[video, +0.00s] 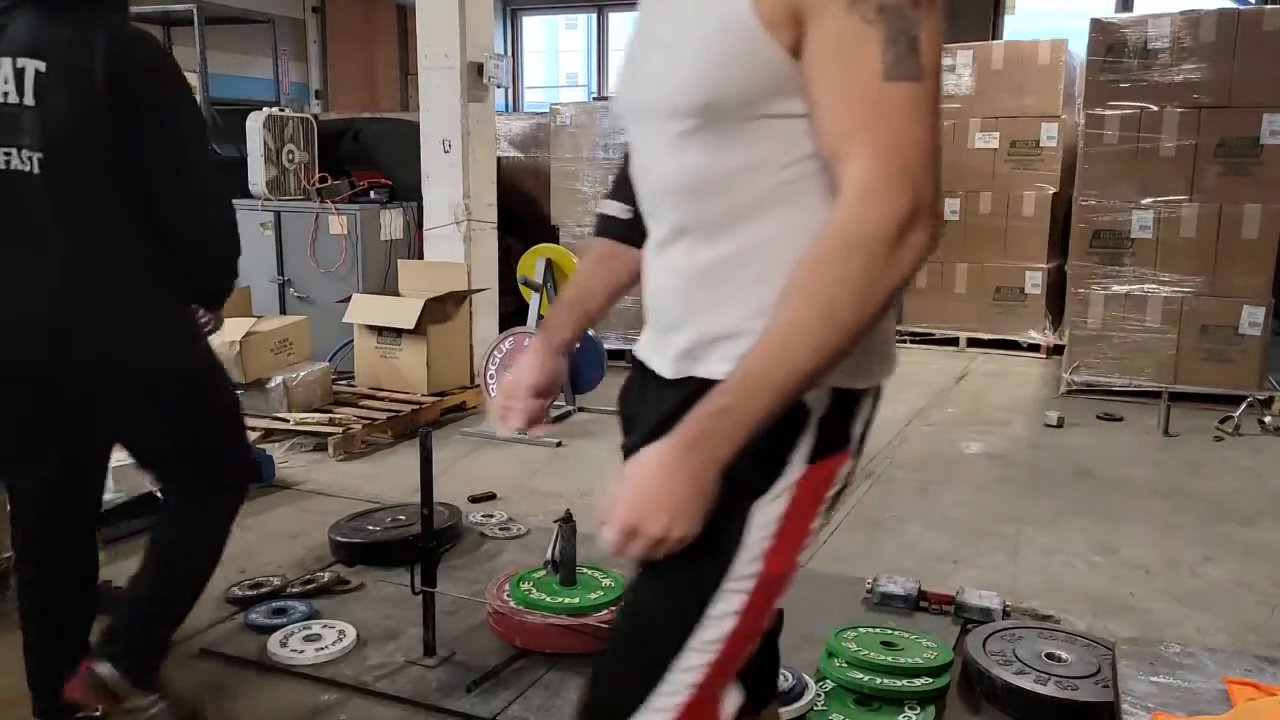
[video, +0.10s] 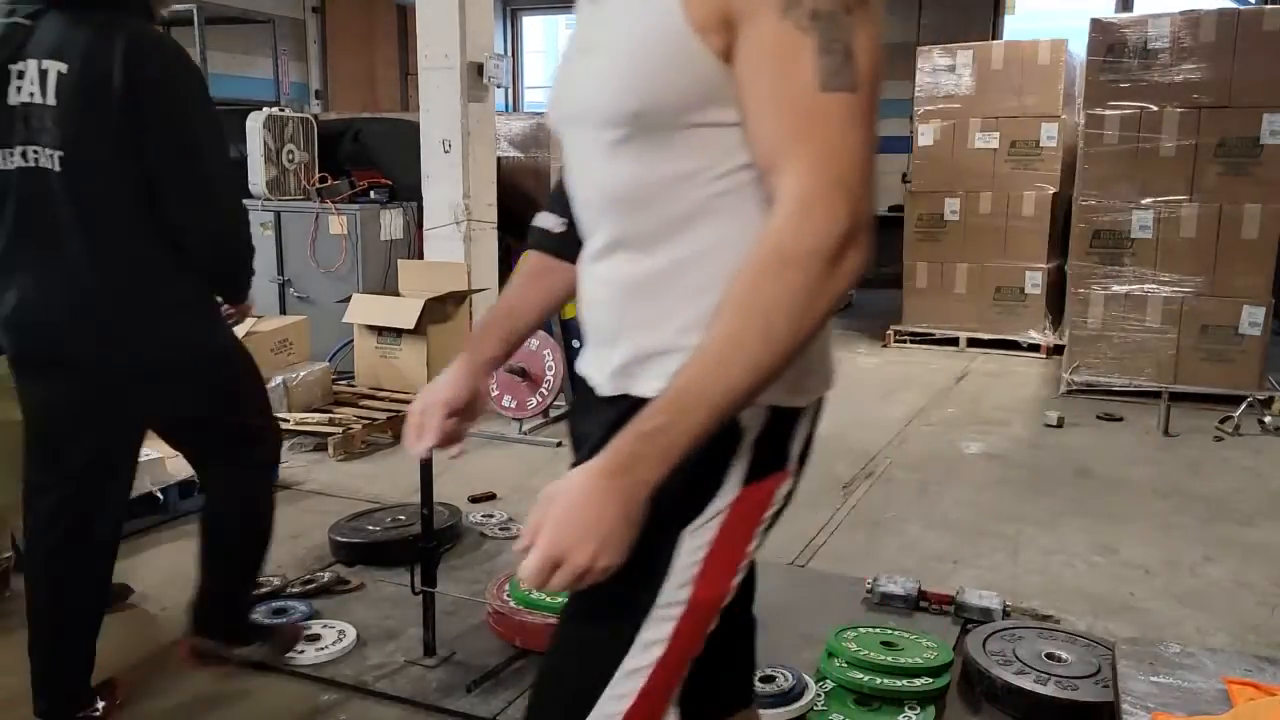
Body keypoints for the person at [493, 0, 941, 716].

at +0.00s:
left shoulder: (849, 5)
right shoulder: (671, 15)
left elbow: (893, 212)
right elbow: (648, 203)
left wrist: (699, 445)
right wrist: (554, 338)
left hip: (786, 393)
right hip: (669, 372)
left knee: (636, 703)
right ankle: (767, 692)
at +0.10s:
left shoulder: (785, 7)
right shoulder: (611, 16)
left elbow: (826, 228)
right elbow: (583, 211)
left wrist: (626, 470)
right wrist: (473, 364)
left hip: (726, 408)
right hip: (616, 394)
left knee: (585, 704)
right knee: (711, 688)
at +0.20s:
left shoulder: (704, 6)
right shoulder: (534, 14)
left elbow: (747, 249)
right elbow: (526, 231)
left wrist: (552, 520)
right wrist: (421, 386)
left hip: (649, 439)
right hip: (547, 421)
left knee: (534, 697)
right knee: (647, 699)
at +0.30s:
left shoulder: (614, 8)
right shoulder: (445, 15)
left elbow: (658, 281)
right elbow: (469, 257)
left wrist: (472, 590)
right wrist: (375, 416)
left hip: (541, 463)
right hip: (458, 450)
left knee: (427, 700)